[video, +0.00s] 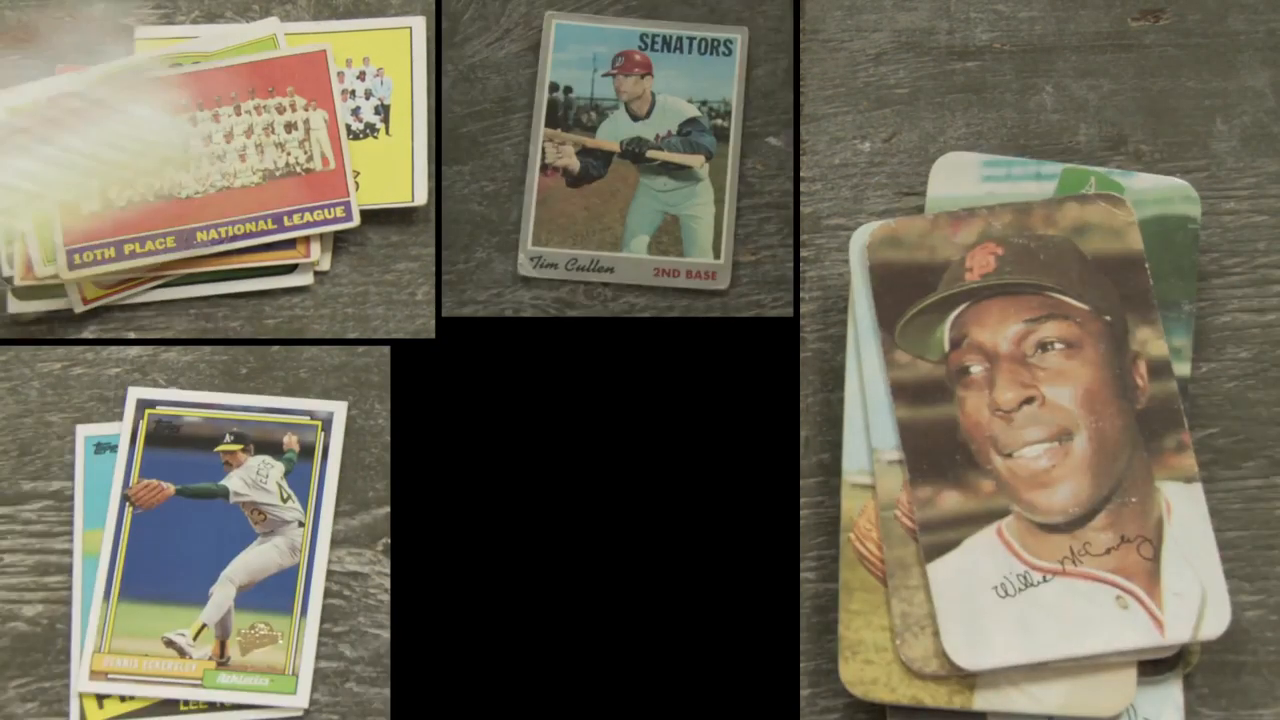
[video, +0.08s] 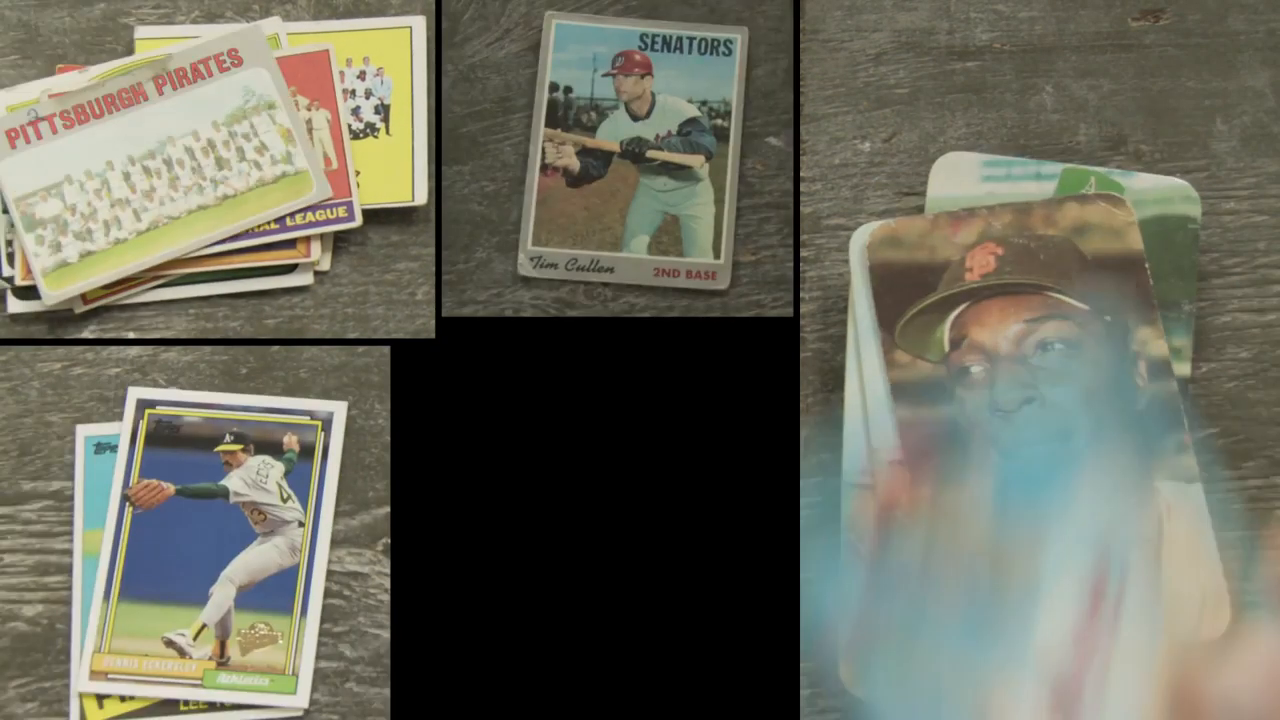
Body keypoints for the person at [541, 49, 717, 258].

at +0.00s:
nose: (617, 84)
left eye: (625, 77)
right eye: (615, 77)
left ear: (646, 81)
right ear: (613, 79)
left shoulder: (680, 110)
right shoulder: (613, 125)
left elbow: (703, 149)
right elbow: (597, 165)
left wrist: (655, 149)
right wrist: (573, 163)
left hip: (693, 191)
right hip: (650, 191)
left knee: (699, 262)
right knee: (632, 251)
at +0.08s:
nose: (617, 84)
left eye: (625, 77)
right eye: (615, 77)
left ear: (646, 81)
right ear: (613, 79)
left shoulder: (680, 110)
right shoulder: (613, 125)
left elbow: (703, 149)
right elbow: (597, 165)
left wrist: (655, 149)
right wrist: (573, 163)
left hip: (693, 191)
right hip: (650, 191)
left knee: (699, 262)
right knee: (632, 251)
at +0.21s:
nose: (617, 84)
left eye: (625, 77)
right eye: (615, 77)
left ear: (646, 81)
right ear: (613, 79)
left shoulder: (680, 110)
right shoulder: (613, 125)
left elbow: (703, 149)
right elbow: (597, 165)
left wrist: (655, 149)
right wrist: (573, 163)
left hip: (693, 191)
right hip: (650, 191)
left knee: (699, 262)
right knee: (632, 251)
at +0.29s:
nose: (618, 84)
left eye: (626, 78)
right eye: (615, 78)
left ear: (647, 81)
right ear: (612, 79)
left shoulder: (680, 113)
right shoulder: (613, 125)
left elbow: (690, 153)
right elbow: (597, 166)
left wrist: (653, 149)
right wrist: (573, 163)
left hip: (693, 189)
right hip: (650, 189)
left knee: (699, 261)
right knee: (633, 250)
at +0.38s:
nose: (644, 61)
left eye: (654, 52)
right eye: (632, 52)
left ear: (668, 55)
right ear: (616, 56)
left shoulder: (702, 104)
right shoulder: (595, 111)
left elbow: (729, 165)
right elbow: (582, 200)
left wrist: (736, 191)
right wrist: (566, 182)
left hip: (683, 237)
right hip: (620, 238)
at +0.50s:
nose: (644, 64)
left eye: (655, 55)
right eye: (632, 55)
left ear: (668, 59)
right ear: (616, 60)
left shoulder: (702, 107)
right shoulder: (595, 114)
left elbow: (729, 167)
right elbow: (582, 203)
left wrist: (736, 191)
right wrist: (567, 183)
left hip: (683, 231)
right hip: (621, 231)